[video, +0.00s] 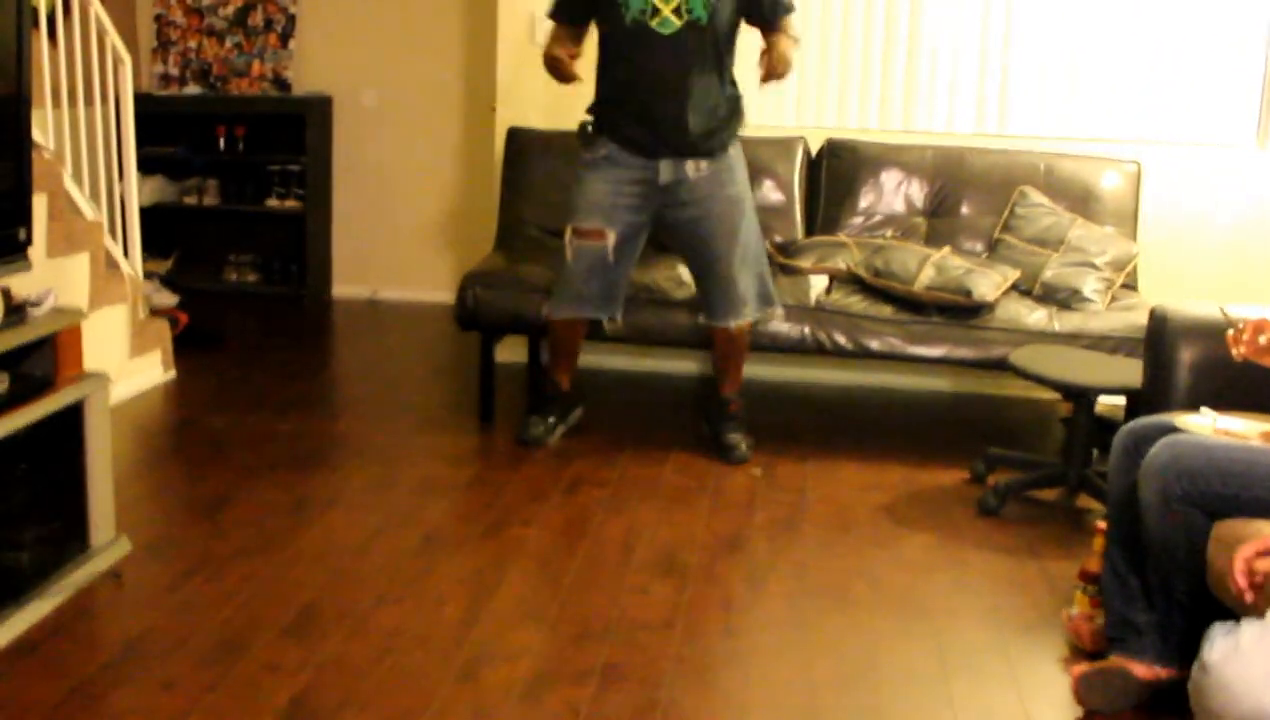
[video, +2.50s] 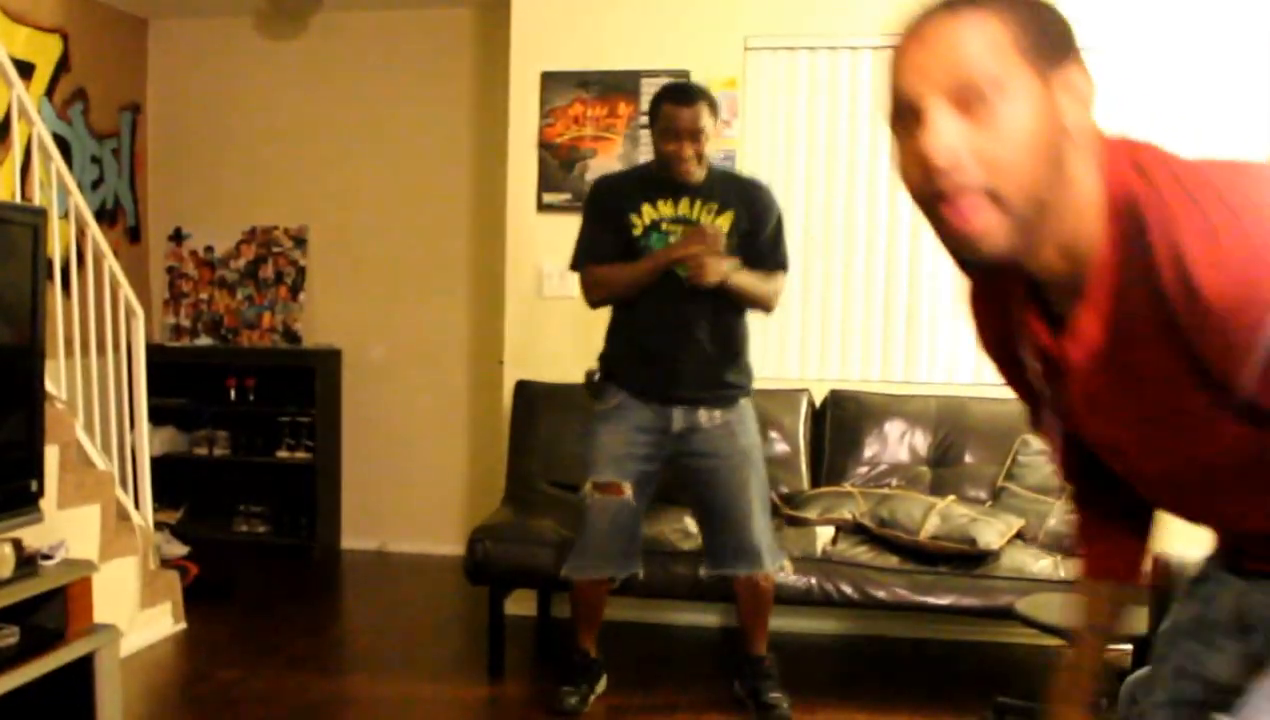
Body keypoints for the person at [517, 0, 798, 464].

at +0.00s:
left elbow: (778, 24)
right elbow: (567, 32)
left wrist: (780, 46)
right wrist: (559, 55)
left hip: (709, 151)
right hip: (619, 148)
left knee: (734, 288)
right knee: (578, 275)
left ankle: (727, 408)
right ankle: (558, 397)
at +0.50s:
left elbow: (747, 25)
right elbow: (545, 14)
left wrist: (702, 20)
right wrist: (585, 44)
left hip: (692, 137)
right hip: (599, 135)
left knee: (721, 282)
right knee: (566, 272)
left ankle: (729, 404)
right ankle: (559, 398)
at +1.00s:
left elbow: (753, 32)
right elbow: (566, 27)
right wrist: (634, 2)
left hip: (698, 141)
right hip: (607, 138)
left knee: (726, 289)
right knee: (576, 278)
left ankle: (733, 411)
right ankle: (565, 406)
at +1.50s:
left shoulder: (756, 3)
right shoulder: (615, 2)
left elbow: (808, 69)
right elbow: (593, 76)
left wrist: (808, 28)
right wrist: (568, 46)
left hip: (733, 177)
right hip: (639, 174)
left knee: (757, 321)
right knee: (596, 301)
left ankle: (754, 438)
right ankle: (577, 432)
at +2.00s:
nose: (666, 96)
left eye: (679, 86)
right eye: (657, 85)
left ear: (702, 94)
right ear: (642, 92)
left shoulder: (739, 170)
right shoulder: (601, 166)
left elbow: (765, 264)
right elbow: (569, 251)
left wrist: (741, 241)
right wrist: (608, 265)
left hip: (716, 367)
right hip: (623, 367)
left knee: (748, 506)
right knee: (591, 494)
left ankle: (756, 636)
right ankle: (582, 634)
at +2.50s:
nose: (688, 147)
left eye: (698, 135)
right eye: (675, 136)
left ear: (714, 132)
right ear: (654, 135)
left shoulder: (751, 201)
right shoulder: (615, 195)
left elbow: (770, 294)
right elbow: (594, 288)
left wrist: (726, 272)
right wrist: (668, 257)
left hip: (721, 402)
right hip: (630, 399)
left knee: (752, 548)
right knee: (601, 526)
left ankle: (757, 665)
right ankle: (583, 662)